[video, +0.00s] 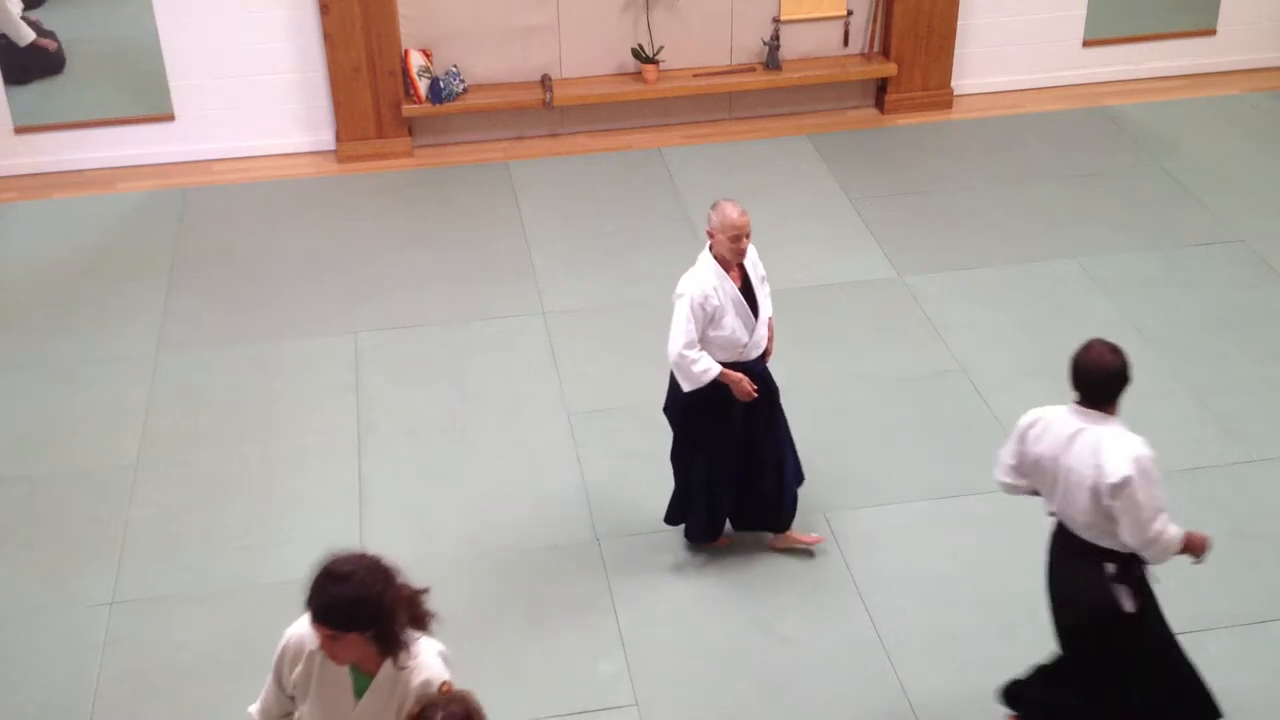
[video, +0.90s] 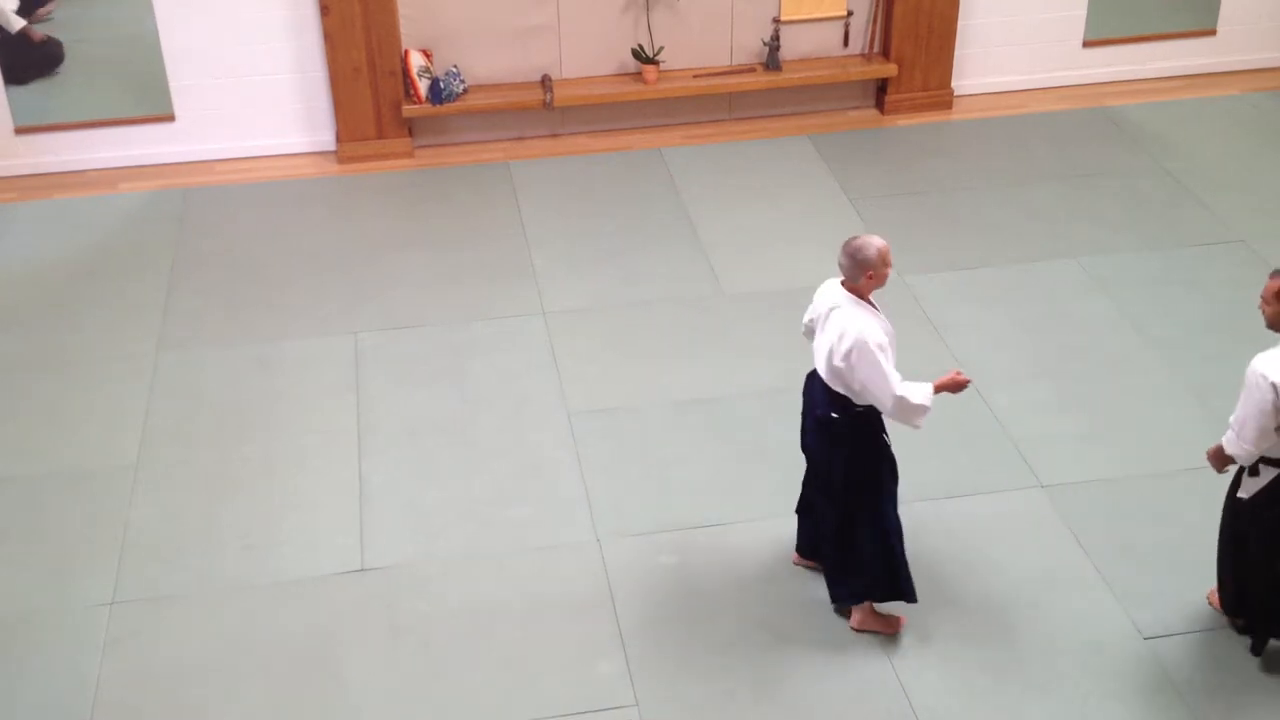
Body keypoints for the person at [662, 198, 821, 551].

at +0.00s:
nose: (744, 245)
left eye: (747, 237)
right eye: (736, 238)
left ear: (750, 232)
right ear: (712, 236)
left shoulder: (749, 255)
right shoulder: (695, 287)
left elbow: (762, 294)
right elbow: (681, 352)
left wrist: (768, 330)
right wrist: (728, 377)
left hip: (753, 371)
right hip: (709, 385)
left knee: (773, 449)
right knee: (709, 458)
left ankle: (779, 529)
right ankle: (705, 530)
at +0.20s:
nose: (781, 251)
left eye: (782, 243)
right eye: (772, 246)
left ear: (783, 240)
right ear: (746, 249)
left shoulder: (779, 273)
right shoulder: (727, 299)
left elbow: (790, 310)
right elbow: (719, 363)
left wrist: (796, 340)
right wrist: (770, 380)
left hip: (781, 393)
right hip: (738, 399)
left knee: (795, 467)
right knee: (730, 466)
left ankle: (800, 545)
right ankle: (706, 519)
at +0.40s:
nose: (822, 250)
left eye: (820, 243)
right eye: (814, 246)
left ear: (790, 255)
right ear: (786, 256)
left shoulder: (808, 276)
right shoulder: (767, 306)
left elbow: (809, 337)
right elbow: (764, 372)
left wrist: (824, 375)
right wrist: (817, 379)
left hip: (814, 396)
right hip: (779, 404)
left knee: (816, 476)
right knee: (769, 473)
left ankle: (802, 548)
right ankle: (715, 511)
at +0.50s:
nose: (839, 254)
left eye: (837, 248)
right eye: (832, 251)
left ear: (809, 258)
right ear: (807, 260)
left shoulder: (821, 280)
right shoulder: (785, 311)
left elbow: (822, 339)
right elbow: (788, 378)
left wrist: (835, 377)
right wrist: (842, 379)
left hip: (826, 398)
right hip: (791, 408)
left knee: (832, 481)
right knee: (792, 489)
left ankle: (815, 549)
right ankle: (735, 521)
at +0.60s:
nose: (853, 257)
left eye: (852, 250)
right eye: (847, 252)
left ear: (823, 258)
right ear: (823, 260)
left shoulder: (824, 282)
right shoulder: (802, 316)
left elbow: (828, 346)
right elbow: (813, 382)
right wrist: (865, 379)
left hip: (832, 400)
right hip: (803, 410)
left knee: (838, 479)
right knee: (805, 487)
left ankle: (820, 550)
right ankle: (770, 558)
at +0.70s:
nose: (866, 259)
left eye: (864, 253)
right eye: (860, 256)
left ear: (834, 262)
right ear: (838, 265)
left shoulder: (823, 283)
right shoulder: (820, 323)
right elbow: (837, 387)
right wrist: (887, 382)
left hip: (829, 403)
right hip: (819, 415)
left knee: (831, 491)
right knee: (822, 496)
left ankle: (826, 576)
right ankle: (817, 589)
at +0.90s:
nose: (890, 269)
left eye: (888, 263)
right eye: (887, 265)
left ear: (851, 269)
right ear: (872, 277)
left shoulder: (831, 289)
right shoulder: (863, 334)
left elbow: (809, 327)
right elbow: (888, 394)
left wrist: (843, 341)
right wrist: (937, 387)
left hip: (819, 400)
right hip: (849, 423)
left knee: (822, 479)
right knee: (865, 505)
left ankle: (809, 548)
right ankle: (861, 607)